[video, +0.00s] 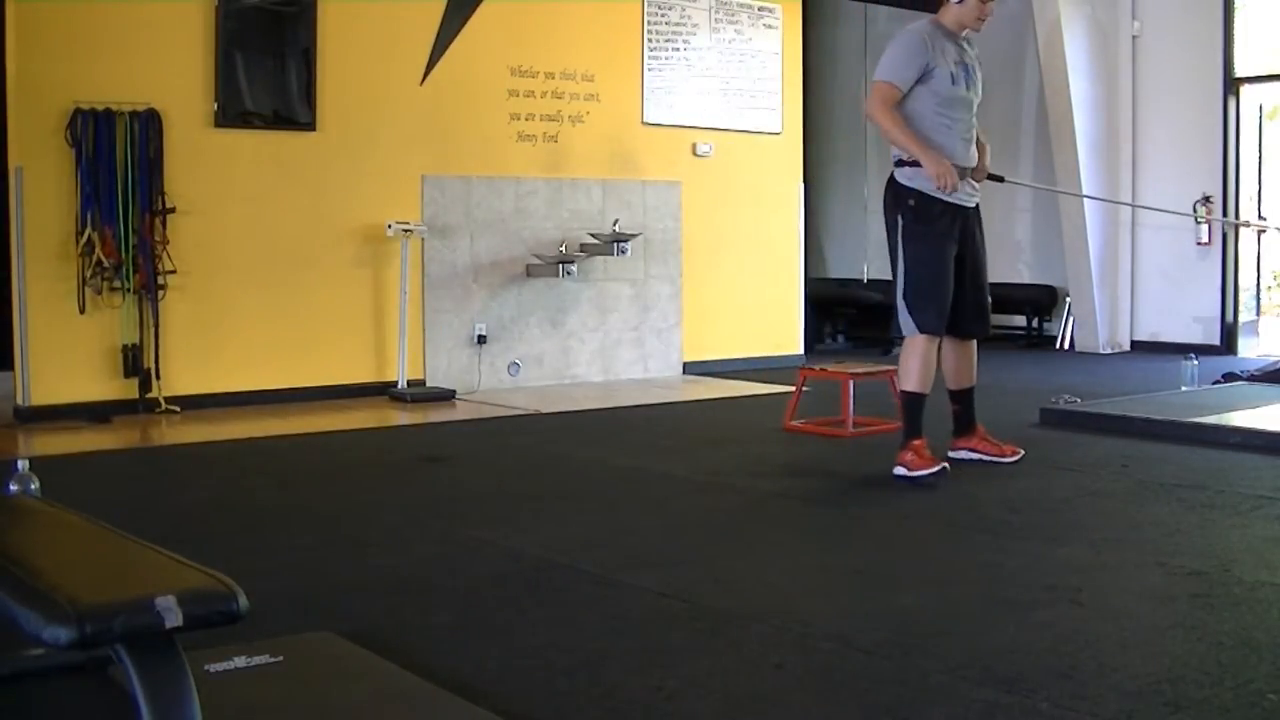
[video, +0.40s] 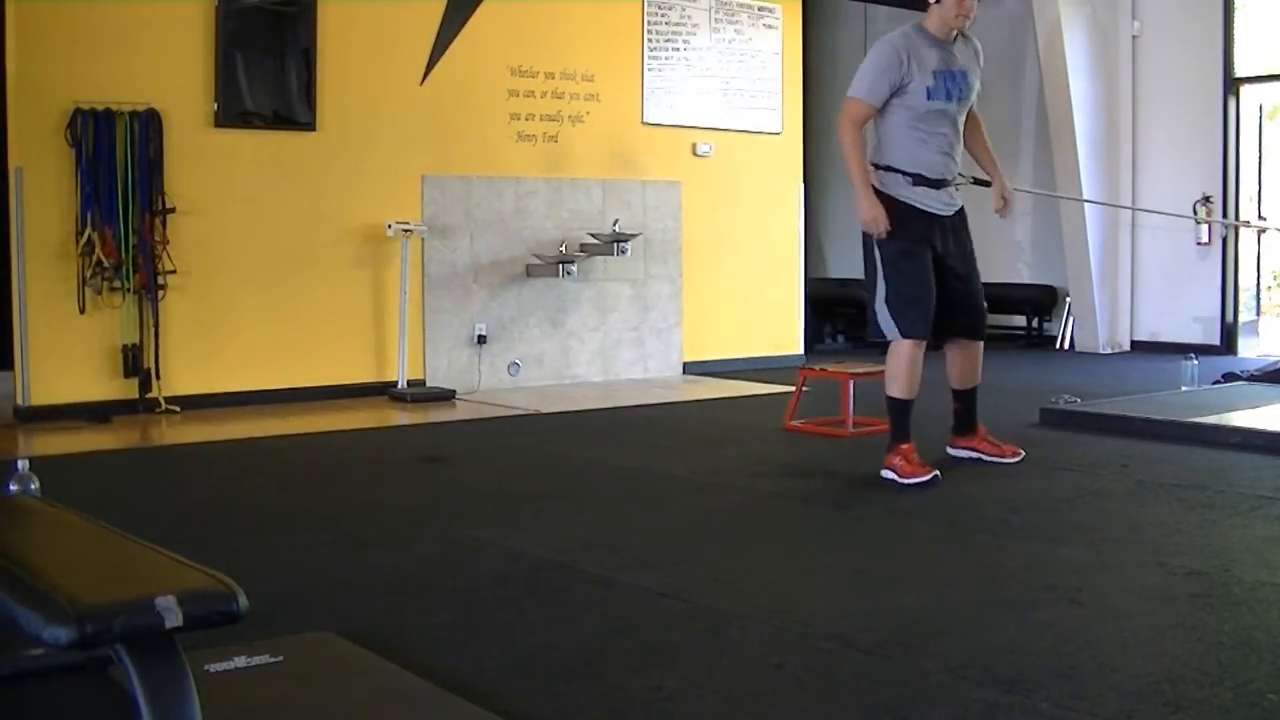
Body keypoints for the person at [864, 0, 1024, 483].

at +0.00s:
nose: (988, 14)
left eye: (990, 7)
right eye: (983, 4)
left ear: (969, 7)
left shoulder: (967, 55)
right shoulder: (918, 38)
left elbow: (957, 118)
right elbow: (878, 105)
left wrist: (976, 145)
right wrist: (929, 156)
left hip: (962, 203)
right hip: (919, 199)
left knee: (962, 322)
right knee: (925, 322)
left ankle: (966, 435)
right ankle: (912, 446)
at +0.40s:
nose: (968, 10)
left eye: (973, 4)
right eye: (961, 3)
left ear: (972, 8)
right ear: (934, 0)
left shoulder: (969, 50)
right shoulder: (896, 49)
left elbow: (965, 116)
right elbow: (849, 123)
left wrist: (996, 175)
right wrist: (865, 197)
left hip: (948, 207)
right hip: (897, 206)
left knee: (968, 321)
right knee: (911, 326)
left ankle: (966, 434)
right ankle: (899, 451)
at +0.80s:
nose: (999, 47)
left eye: (1004, 38)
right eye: (990, 36)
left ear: (1006, 42)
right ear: (961, 36)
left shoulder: (996, 99)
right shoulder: (915, 87)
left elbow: (987, 162)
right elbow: (852, 147)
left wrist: (990, 239)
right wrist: (836, 226)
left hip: (931, 226)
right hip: (875, 222)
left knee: (977, 324)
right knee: (890, 322)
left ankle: (979, 439)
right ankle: (862, 445)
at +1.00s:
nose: (990, 100)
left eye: (996, 91)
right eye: (982, 89)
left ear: (999, 97)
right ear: (954, 91)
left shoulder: (987, 156)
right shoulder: (906, 141)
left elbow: (997, 221)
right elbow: (835, 199)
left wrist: (1019, 260)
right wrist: (778, 256)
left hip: (915, 258)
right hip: (854, 255)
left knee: (981, 340)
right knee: (850, 336)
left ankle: (979, 442)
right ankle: (785, 447)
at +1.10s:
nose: (946, 91)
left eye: (951, 83)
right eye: (936, 82)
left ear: (954, 89)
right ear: (908, 86)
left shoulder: (955, 146)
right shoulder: (865, 138)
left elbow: (976, 203)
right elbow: (793, 202)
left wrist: (996, 241)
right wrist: (738, 269)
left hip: (890, 258)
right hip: (825, 254)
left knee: (957, 343)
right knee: (814, 338)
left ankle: (978, 441)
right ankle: (784, 456)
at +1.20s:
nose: (880, 67)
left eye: (888, 59)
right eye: (870, 57)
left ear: (893, 64)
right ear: (842, 59)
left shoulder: (900, 121)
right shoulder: (806, 116)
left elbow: (925, 180)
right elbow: (745, 181)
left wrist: (944, 252)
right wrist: (768, 230)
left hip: (857, 254)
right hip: (787, 252)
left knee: (911, 348)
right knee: (763, 348)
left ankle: (963, 435)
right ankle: (772, 461)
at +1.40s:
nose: (814, 64)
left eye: (826, 55)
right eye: (805, 51)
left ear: (838, 60)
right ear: (786, 50)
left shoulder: (841, 117)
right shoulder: (744, 102)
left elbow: (872, 186)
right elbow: (673, 180)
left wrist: (894, 255)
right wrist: (648, 262)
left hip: (757, 233)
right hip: (692, 232)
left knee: (832, 316)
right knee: (676, 345)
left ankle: (800, 453)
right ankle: (677, 442)